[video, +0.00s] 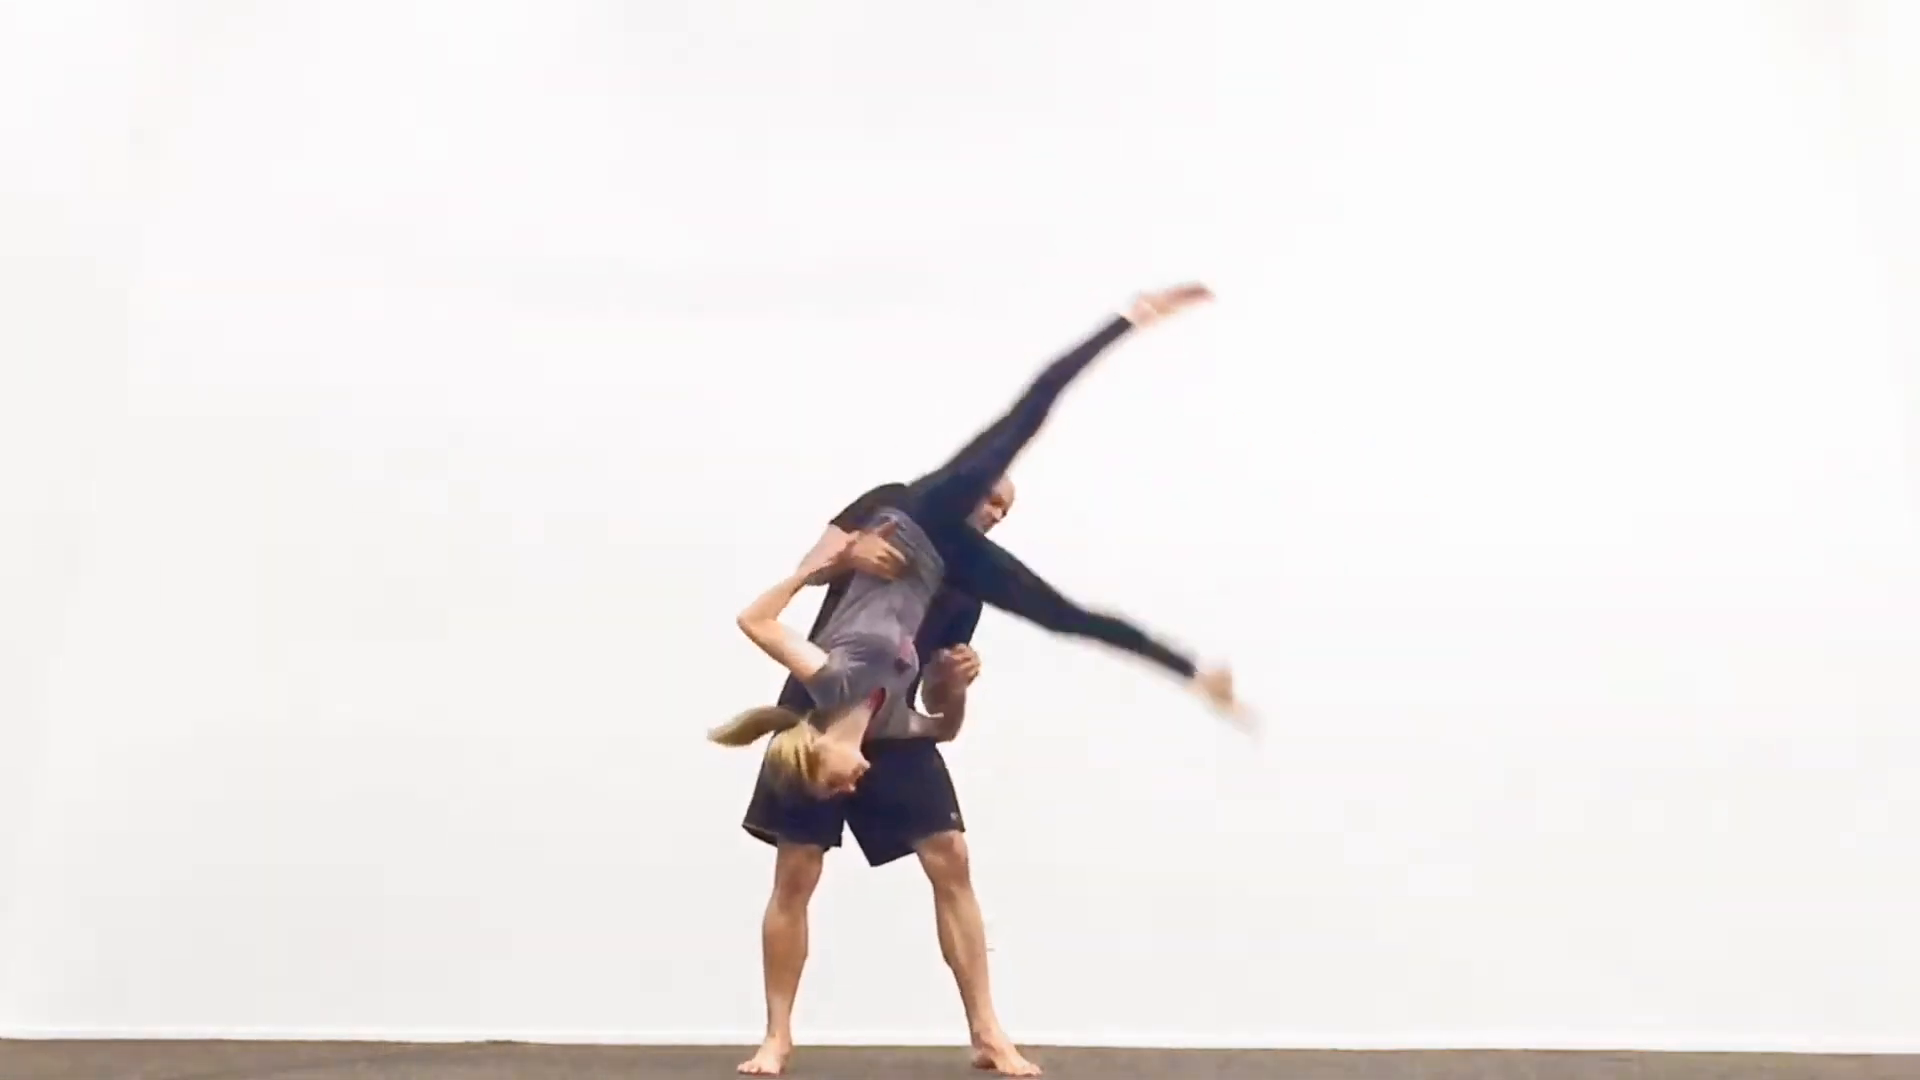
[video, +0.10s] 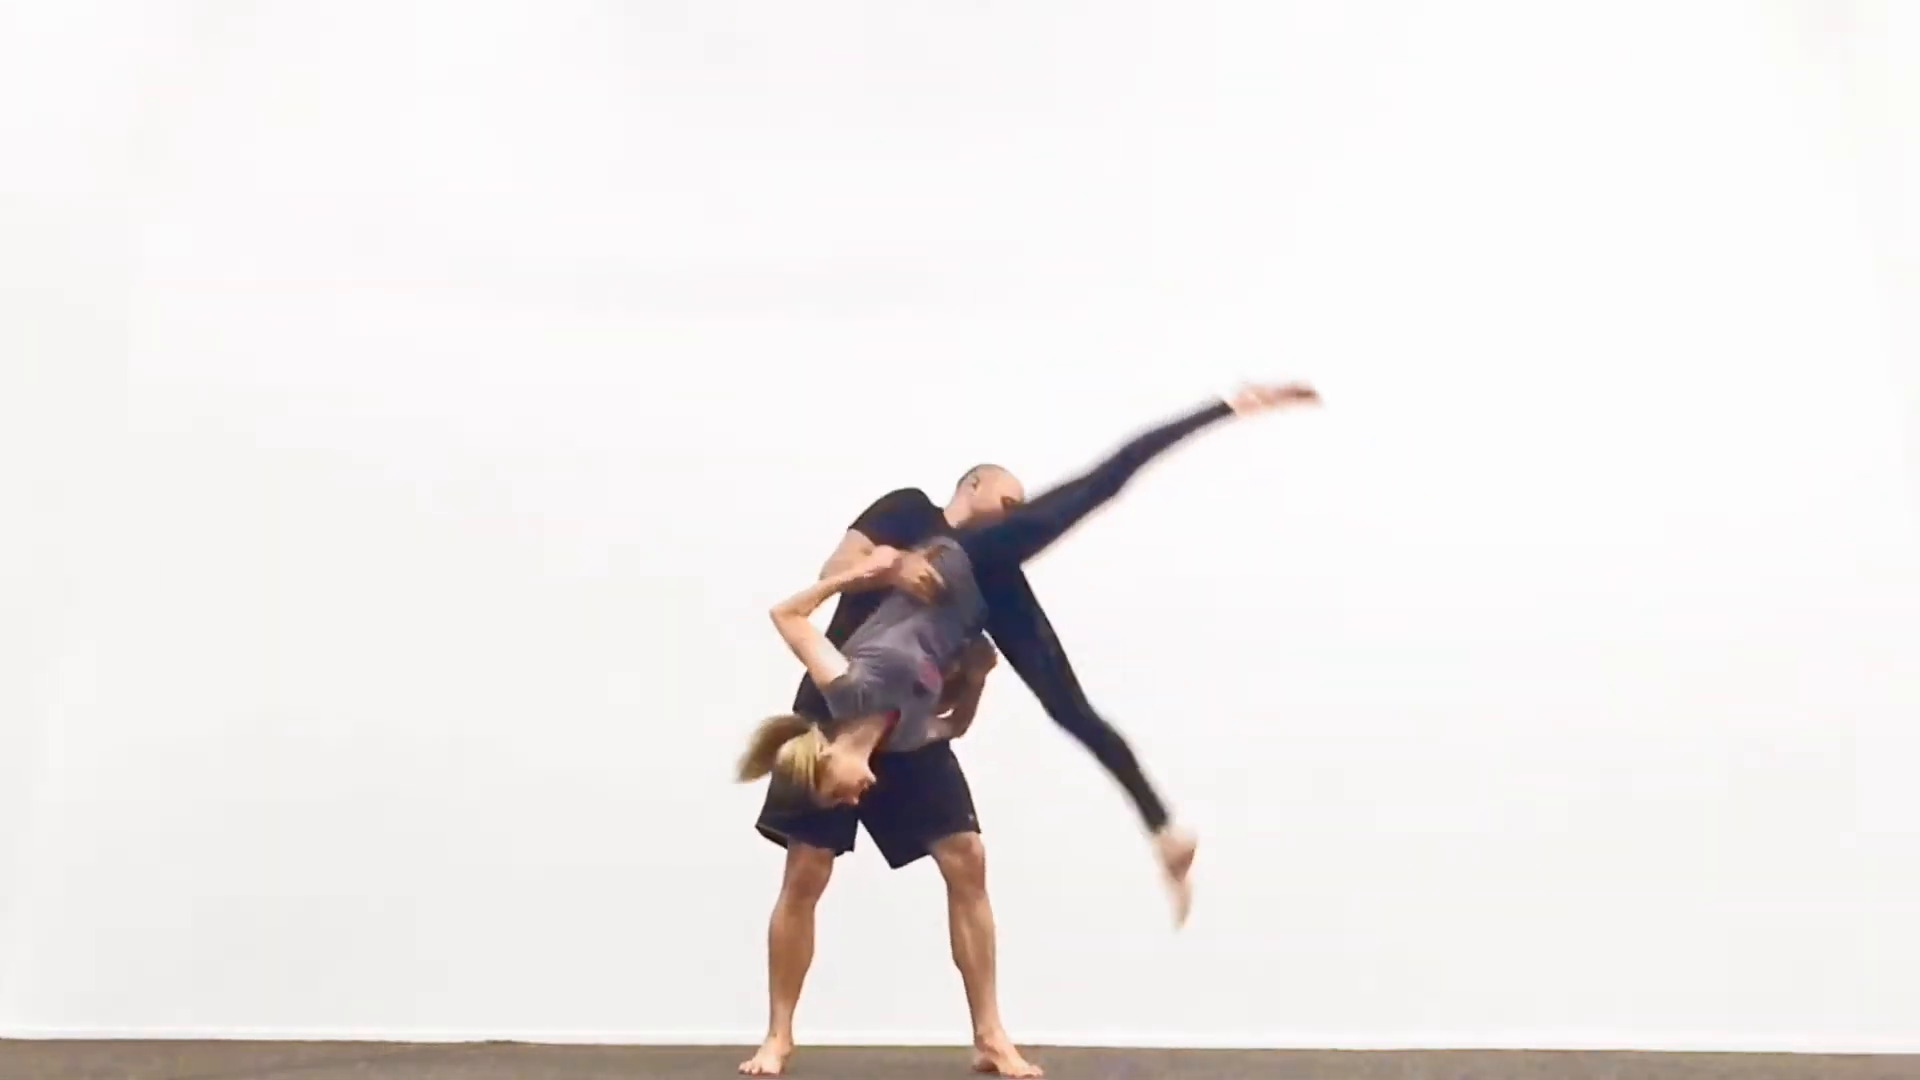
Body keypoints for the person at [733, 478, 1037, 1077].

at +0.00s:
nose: (992, 517)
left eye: (1001, 511)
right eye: (989, 501)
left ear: (999, 517)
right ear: (964, 490)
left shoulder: (966, 590)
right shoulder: (885, 512)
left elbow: (946, 716)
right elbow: (809, 567)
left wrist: (953, 687)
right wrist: (852, 550)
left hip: (899, 723)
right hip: (820, 715)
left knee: (950, 857)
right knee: (796, 875)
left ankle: (986, 1033)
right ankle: (776, 1038)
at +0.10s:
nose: (1013, 519)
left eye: (1019, 511)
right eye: (1005, 503)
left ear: (1016, 514)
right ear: (967, 490)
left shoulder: (992, 595)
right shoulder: (909, 508)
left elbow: (958, 724)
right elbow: (833, 573)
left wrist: (971, 685)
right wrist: (894, 567)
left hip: (918, 727)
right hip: (833, 712)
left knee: (967, 861)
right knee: (806, 875)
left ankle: (990, 1037)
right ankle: (777, 1038)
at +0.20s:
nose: (1025, 519)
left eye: (1031, 513)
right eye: (1021, 504)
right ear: (985, 487)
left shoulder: (987, 585)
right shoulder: (928, 512)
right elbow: (873, 587)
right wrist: (946, 594)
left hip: (932, 729)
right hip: (854, 720)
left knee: (984, 863)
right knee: (816, 878)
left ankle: (991, 1038)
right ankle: (779, 1036)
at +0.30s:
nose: (1038, 513)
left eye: (1044, 506)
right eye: (1034, 497)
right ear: (996, 482)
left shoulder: (1001, 584)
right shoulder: (944, 513)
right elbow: (919, 587)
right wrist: (1001, 621)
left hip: (936, 729)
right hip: (865, 717)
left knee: (995, 864)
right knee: (825, 878)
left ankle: (991, 1039)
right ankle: (781, 1035)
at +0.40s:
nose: (1050, 502)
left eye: (1055, 496)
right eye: (1044, 488)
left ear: (1021, 486)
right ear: (1006, 474)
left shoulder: (1008, 575)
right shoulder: (963, 512)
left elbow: (995, 655)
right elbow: (971, 595)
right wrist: (1053, 641)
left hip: (950, 724)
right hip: (883, 715)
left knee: (1001, 864)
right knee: (833, 876)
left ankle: (991, 1038)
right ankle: (782, 1034)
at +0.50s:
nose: (1059, 491)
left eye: (1065, 485)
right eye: (1053, 477)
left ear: (1034, 481)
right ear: (1014, 465)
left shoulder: (1006, 545)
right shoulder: (977, 505)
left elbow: (1010, 632)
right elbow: (1000, 580)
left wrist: (1101, 640)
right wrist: (1095, 626)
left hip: (963, 709)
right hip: (896, 706)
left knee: (1005, 864)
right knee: (845, 870)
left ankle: (991, 1040)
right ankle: (783, 1029)